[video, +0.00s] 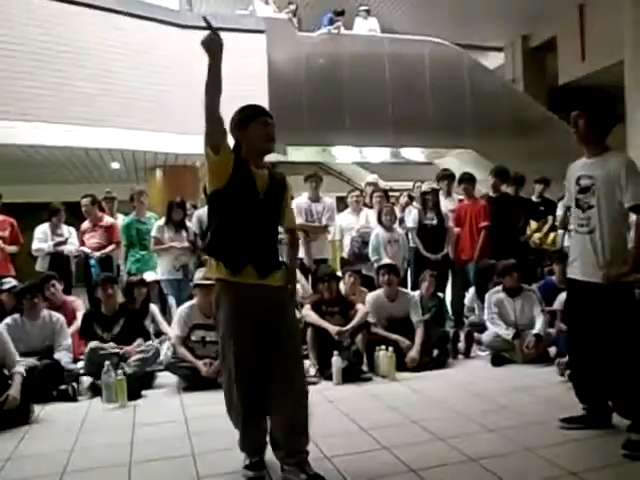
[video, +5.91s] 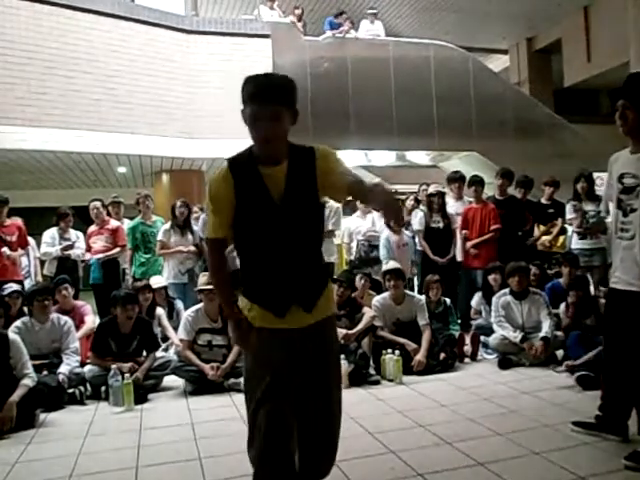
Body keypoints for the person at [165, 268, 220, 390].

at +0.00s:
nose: (208, 294)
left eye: (211, 289)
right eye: (203, 289)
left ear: (217, 291)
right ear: (195, 292)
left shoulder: (224, 311)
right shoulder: (185, 311)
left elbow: (231, 342)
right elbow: (177, 344)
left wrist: (219, 363)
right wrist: (198, 363)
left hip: (217, 359)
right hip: (193, 357)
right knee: (171, 364)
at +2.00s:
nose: (210, 293)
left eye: (213, 289)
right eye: (205, 290)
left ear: (219, 291)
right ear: (197, 292)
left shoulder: (227, 312)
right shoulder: (187, 313)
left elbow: (232, 343)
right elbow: (181, 347)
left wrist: (221, 365)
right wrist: (201, 365)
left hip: (221, 359)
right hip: (197, 359)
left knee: (248, 360)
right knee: (173, 365)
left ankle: (199, 383)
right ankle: (222, 382)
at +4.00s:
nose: (208, 293)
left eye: (211, 289)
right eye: (203, 290)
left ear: (217, 291)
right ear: (196, 293)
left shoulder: (227, 311)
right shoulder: (186, 313)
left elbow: (232, 343)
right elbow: (181, 346)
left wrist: (220, 365)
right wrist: (201, 365)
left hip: (221, 357)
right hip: (196, 358)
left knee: (245, 360)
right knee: (173, 364)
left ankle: (197, 383)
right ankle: (221, 382)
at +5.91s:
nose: (210, 296)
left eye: (213, 292)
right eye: (206, 293)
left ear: (220, 293)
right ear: (200, 295)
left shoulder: (229, 314)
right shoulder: (191, 315)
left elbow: (237, 344)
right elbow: (183, 349)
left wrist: (225, 367)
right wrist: (204, 367)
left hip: (225, 360)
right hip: (200, 361)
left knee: (247, 367)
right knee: (177, 367)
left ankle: (200, 386)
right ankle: (225, 384)